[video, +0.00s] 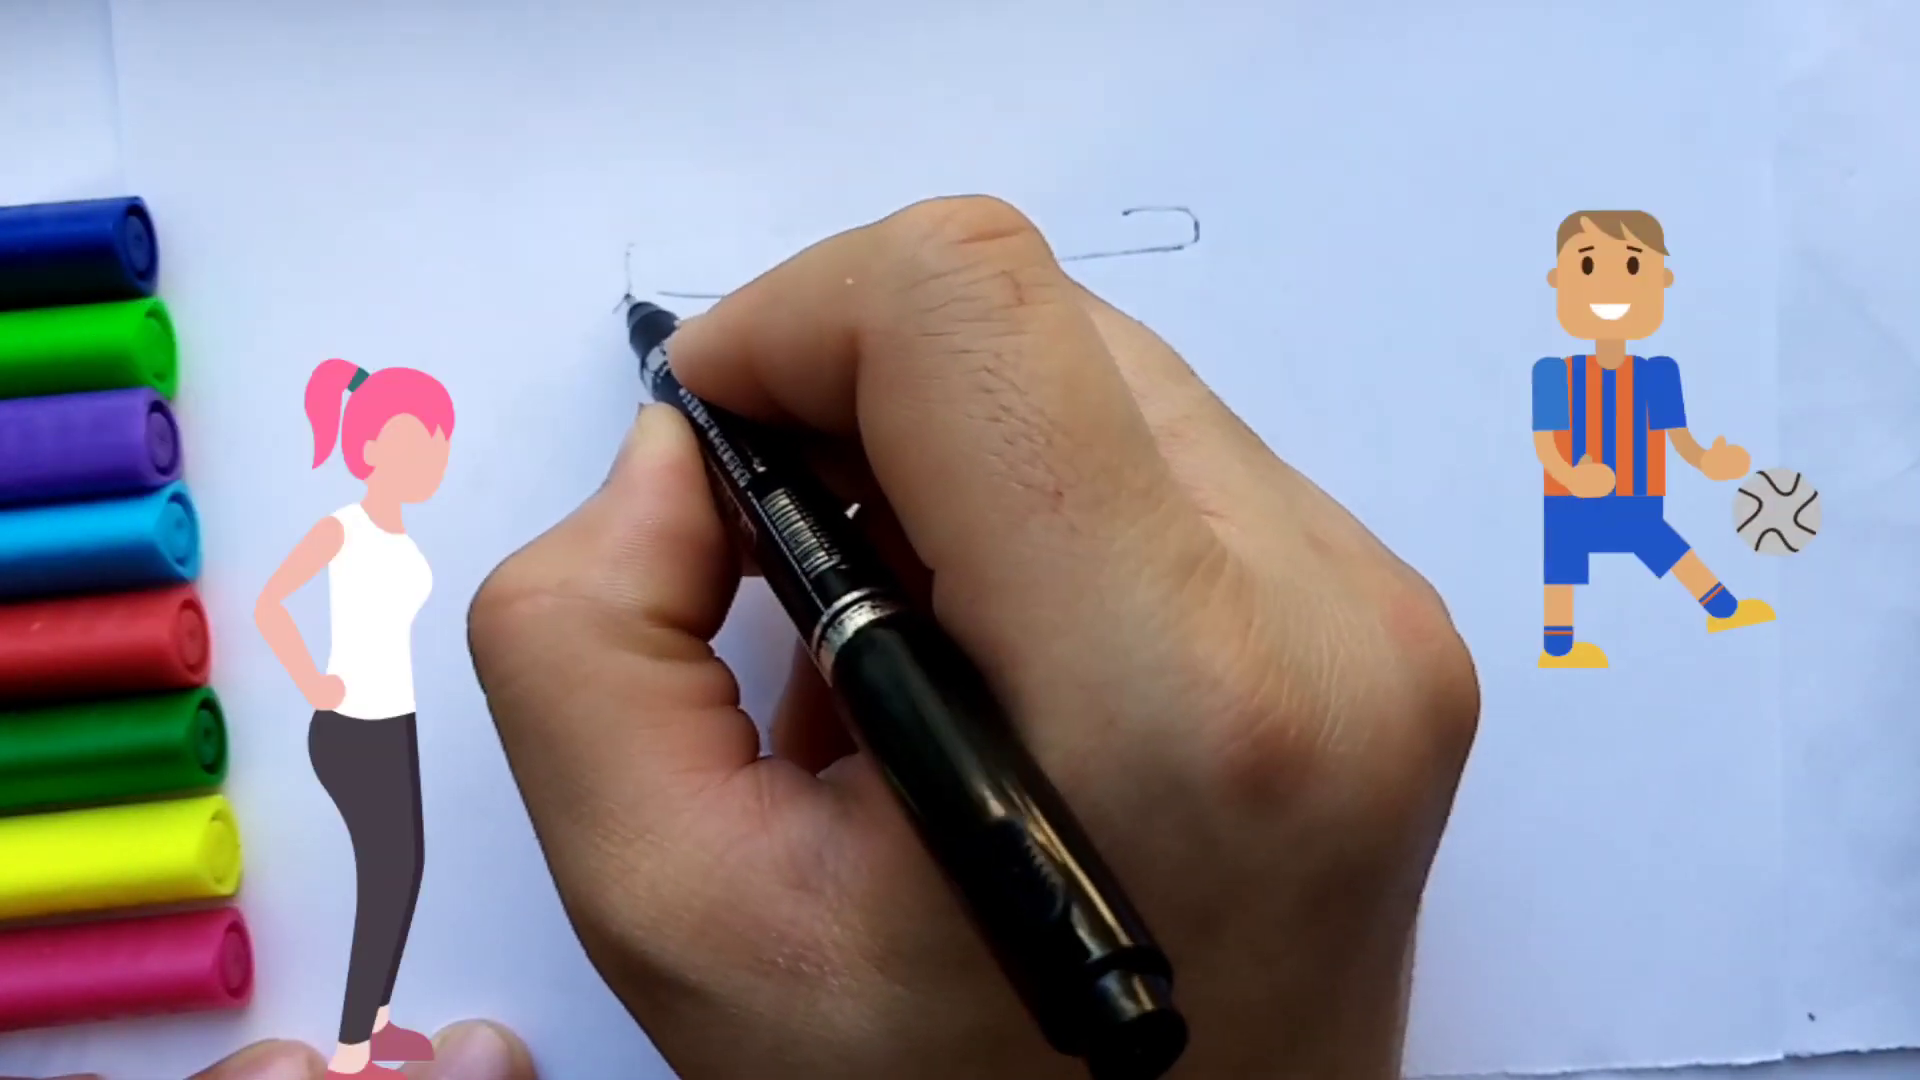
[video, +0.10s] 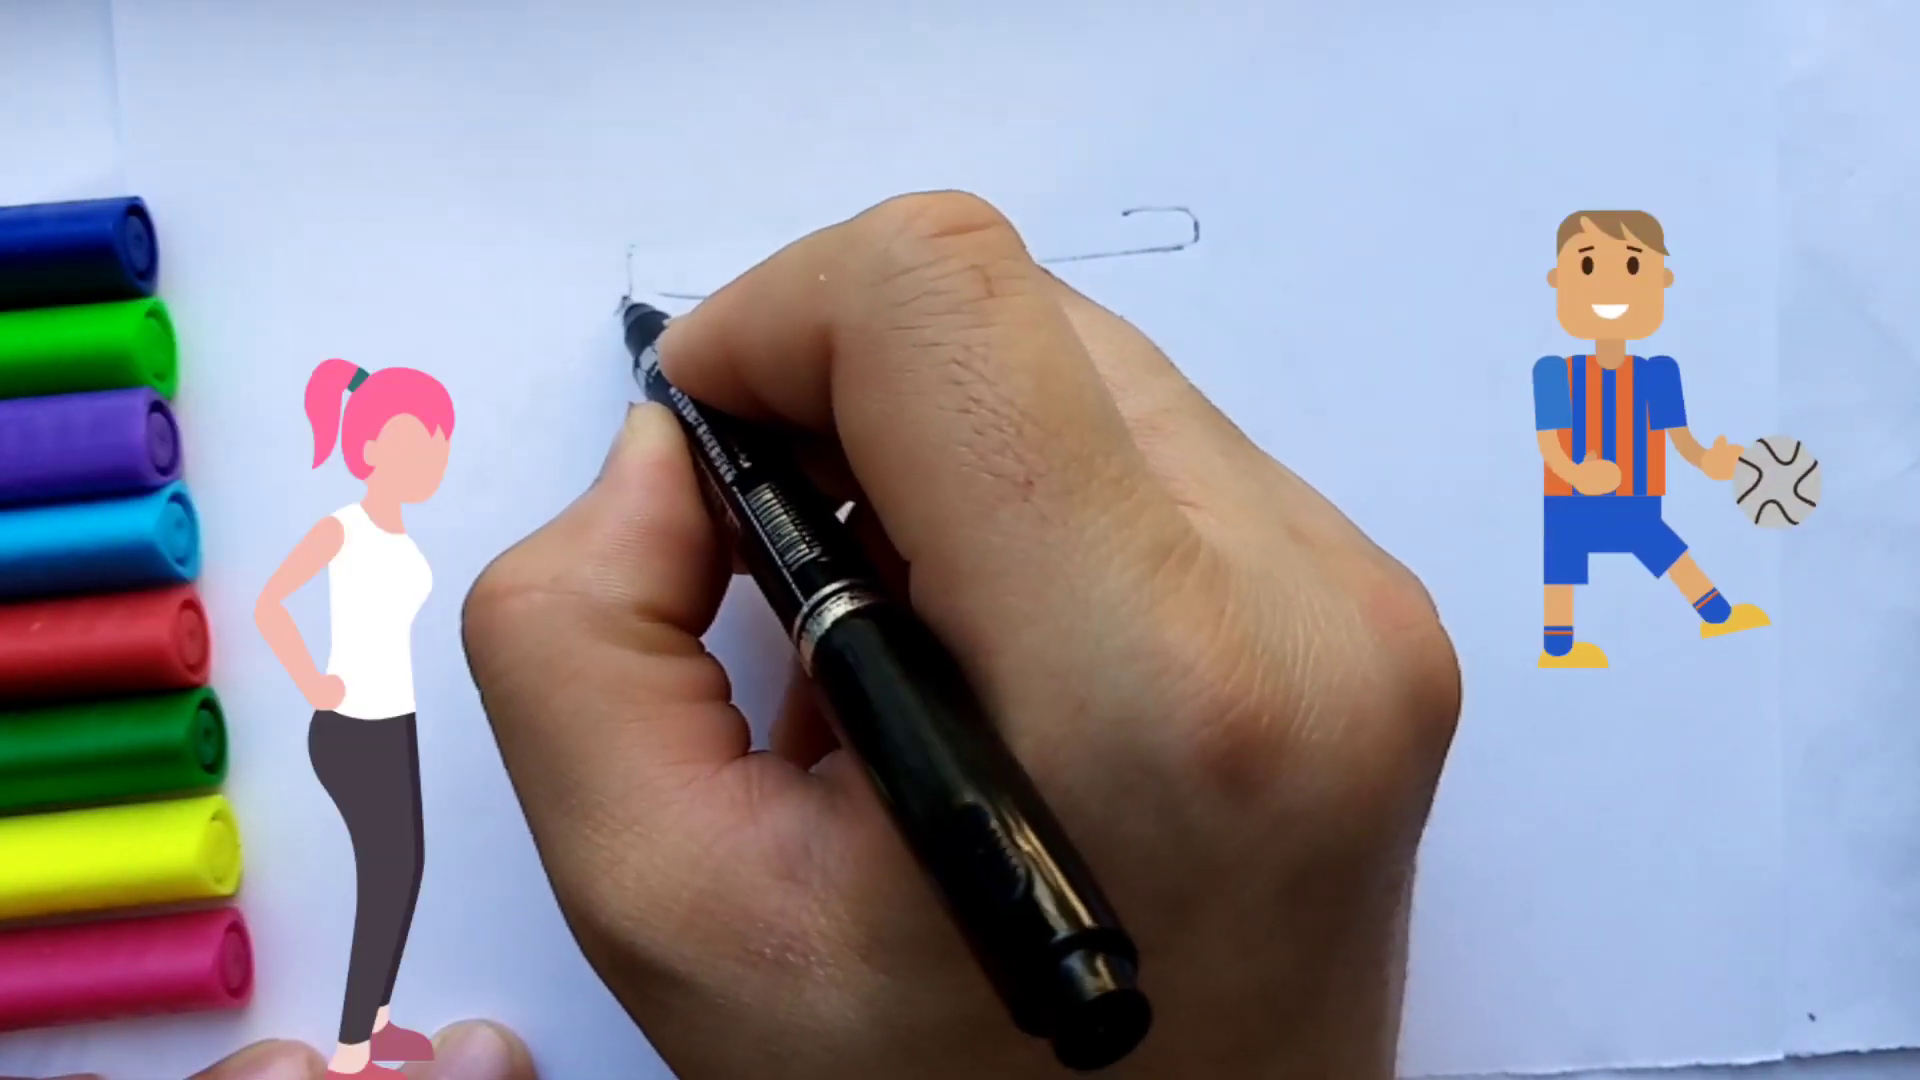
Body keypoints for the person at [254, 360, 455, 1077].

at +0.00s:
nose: (432, 460)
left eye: (436, 444)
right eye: (417, 442)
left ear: (438, 452)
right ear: (375, 448)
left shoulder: (406, 539)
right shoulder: (343, 529)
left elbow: (390, 623)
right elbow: (269, 605)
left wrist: (397, 685)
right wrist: (313, 684)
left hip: (397, 729)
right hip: (352, 730)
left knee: (404, 872)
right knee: (387, 876)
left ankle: (375, 1021)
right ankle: (350, 1047)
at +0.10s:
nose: (431, 459)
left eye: (435, 443)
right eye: (415, 441)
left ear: (438, 452)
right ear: (374, 447)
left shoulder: (407, 539)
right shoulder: (343, 529)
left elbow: (391, 623)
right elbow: (269, 605)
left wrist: (398, 685)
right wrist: (312, 683)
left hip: (397, 729)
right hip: (352, 729)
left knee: (405, 872)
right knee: (387, 876)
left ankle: (375, 1020)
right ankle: (350, 1047)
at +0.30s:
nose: (400, 590)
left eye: (403, 574)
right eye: (384, 573)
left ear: (405, 581)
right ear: (344, 578)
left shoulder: (366, 668)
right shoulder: (312, 655)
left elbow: (325, 741)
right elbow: (214, 712)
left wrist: (320, 801)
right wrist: (250, 791)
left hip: (309, 844)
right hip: (264, 849)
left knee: (391, 865)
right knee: (392, 871)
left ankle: (340, 1022)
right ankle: (351, 1055)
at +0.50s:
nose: (434, 459)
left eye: (438, 442)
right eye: (419, 440)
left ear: (439, 451)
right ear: (376, 447)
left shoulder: (405, 537)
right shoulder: (344, 529)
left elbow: (390, 623)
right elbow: (269, 604)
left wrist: (396, 685)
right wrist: (312, 683)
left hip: (398, 728)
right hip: (352, 729)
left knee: (405, 871)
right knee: (387, 875)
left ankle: (374, 1021)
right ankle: (350, 1048)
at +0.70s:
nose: (434, 458)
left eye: (437, 441)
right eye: (418, 440)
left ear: (439, 450)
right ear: (375, 447)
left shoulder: (406, 537)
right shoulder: (344, 529)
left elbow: (389, 620)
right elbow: (269, 604)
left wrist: (395, 682)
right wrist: (311, 682)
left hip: (398, 727)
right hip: (352, 729)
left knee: (404, 871)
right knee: (387, 875)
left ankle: (373, 1023)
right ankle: (350, 1049)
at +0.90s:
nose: (401, 590)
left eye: (404, 573)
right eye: (385, 573)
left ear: (404, 582)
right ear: (345, 578)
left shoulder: (365, 665)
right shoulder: (311, 656)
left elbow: (324, 738)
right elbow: (213, 712)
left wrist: (319, 798)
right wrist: (249, 790)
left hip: (309, 842)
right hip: (264, 849)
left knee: (392, 865)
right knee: (392, 872)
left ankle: (339, 1026)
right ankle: (350, 1055)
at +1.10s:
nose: (434, 459)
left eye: (438, 442)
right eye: (418, 440)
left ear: (440, 452)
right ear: (375, 447)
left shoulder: (404, 536)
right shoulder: (343, 529)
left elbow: (387, 623)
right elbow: (269, 605)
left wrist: (397, 687)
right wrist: (312, 684)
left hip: (397, 730)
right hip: (352, 732)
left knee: (405, 872)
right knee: (387, 878)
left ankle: (373, 1019)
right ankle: (349, 1049)